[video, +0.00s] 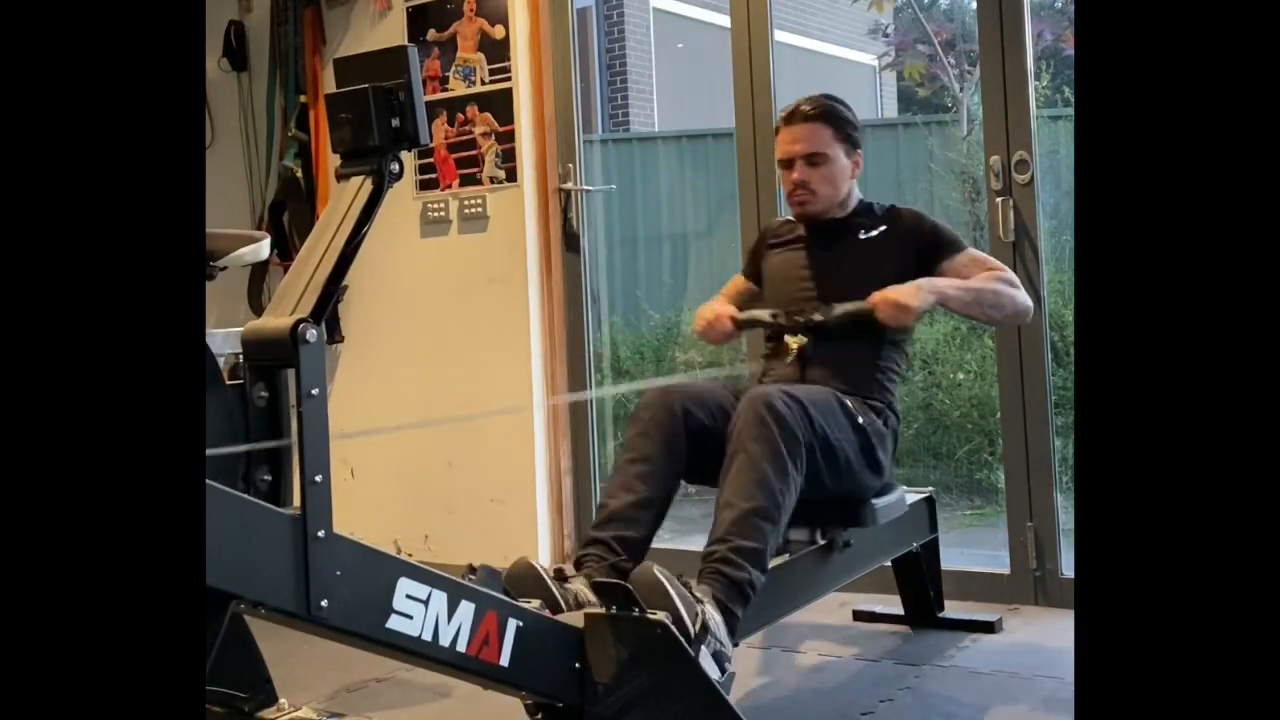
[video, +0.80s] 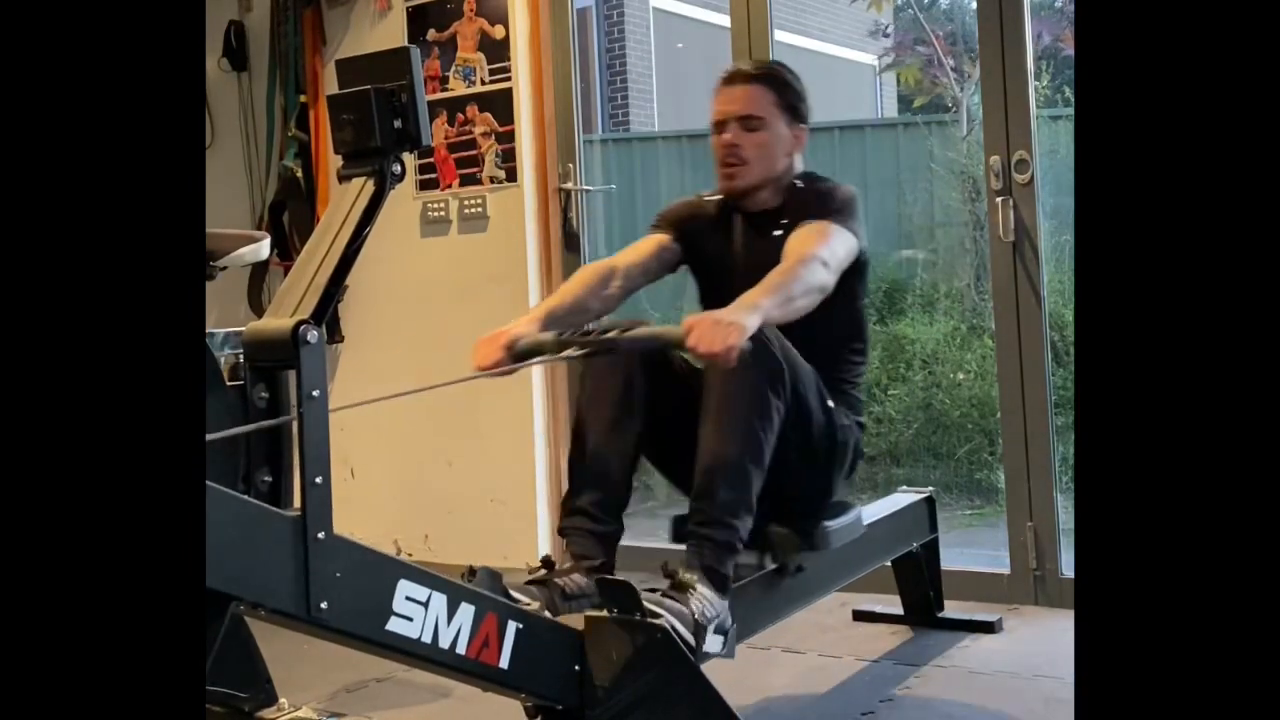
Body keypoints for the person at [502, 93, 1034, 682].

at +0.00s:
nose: (794, 178)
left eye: (812, 162)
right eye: (785, 164)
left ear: (854, 163)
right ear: (779, 169)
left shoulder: (905, 233)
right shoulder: (773, 243)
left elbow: (1016, 301)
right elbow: (730, 304)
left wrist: (931, 290)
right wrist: (716, 315)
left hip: (857, 429)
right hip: (764, 421)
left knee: (769, 404)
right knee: (666, 401)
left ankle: (716, 615)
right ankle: (593, 583)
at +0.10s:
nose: (776, 166)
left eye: (793, 150)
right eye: (765, 153)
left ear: (836, 153)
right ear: (756, 162)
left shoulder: (883, 225)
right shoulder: (748, 238)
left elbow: (980, 287)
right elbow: (677, 288)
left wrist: (871, 281)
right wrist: (646, 303)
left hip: (841, 454)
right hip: (745, 443)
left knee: (755, 379)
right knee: (652, 378)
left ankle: (711, 608)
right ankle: (593, 575)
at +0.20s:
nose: (743, 151)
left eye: (761, 133)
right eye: (733, 137)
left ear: (808, 140)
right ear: (723, 145)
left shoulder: (847, 209)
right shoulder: (717, 227)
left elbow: (901, 262)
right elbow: (635, 277)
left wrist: (795, 270)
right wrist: (574, 300)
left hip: (818, 462)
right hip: (726, 459)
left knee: (737, 355)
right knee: (625, 357)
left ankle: (708, 605)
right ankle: (587, 579)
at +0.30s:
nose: (700, 144)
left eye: (721, 127)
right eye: (690, 129)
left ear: (770, 137)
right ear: (681, 137)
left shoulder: (809, 204)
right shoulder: (674, 224)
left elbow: (822, 253)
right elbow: (583, 277)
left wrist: (734, 278)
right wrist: (502, 317)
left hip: (793, 473)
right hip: (702, 471)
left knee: (723, 332)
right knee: (601, 344)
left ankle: (705, 587)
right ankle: (581, 567)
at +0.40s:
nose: (654, 146)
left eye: (678, 127)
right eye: (646, 129)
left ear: (732, 138)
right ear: (638, 139)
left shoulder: (776, 206)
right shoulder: (633, 228)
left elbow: (755, 263)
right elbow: (541, 289)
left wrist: (667, 310)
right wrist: (444, 349)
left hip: (771, 479)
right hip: (671, 478)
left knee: (707, 328)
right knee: (575, 314)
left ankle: (697, 577)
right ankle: (577, 560)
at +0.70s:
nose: (669, 141)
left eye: (693, 123)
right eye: (661, 126)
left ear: (746, 135)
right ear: (653, 136)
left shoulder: (787, 201)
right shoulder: (646, 221)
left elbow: (767, 269)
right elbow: (557, 282)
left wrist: (688, 319)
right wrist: (464, 340)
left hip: (774, 471)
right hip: (684, 469)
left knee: (719, 334)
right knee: (593, 312)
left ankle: (700, 575)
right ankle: (578, 560)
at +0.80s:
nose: (728, 140)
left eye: (749, 124)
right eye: (719, 127)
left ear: (797, 139)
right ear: (709, 138)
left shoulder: (830, 206)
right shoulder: (698, 219)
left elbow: (811, 270)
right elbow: (618, 275)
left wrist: (744, 313)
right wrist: (532, 324)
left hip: (809, 465)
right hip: (719, 458)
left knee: (751, 344)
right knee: (620, 351)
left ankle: (704, 589)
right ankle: (581, 568)